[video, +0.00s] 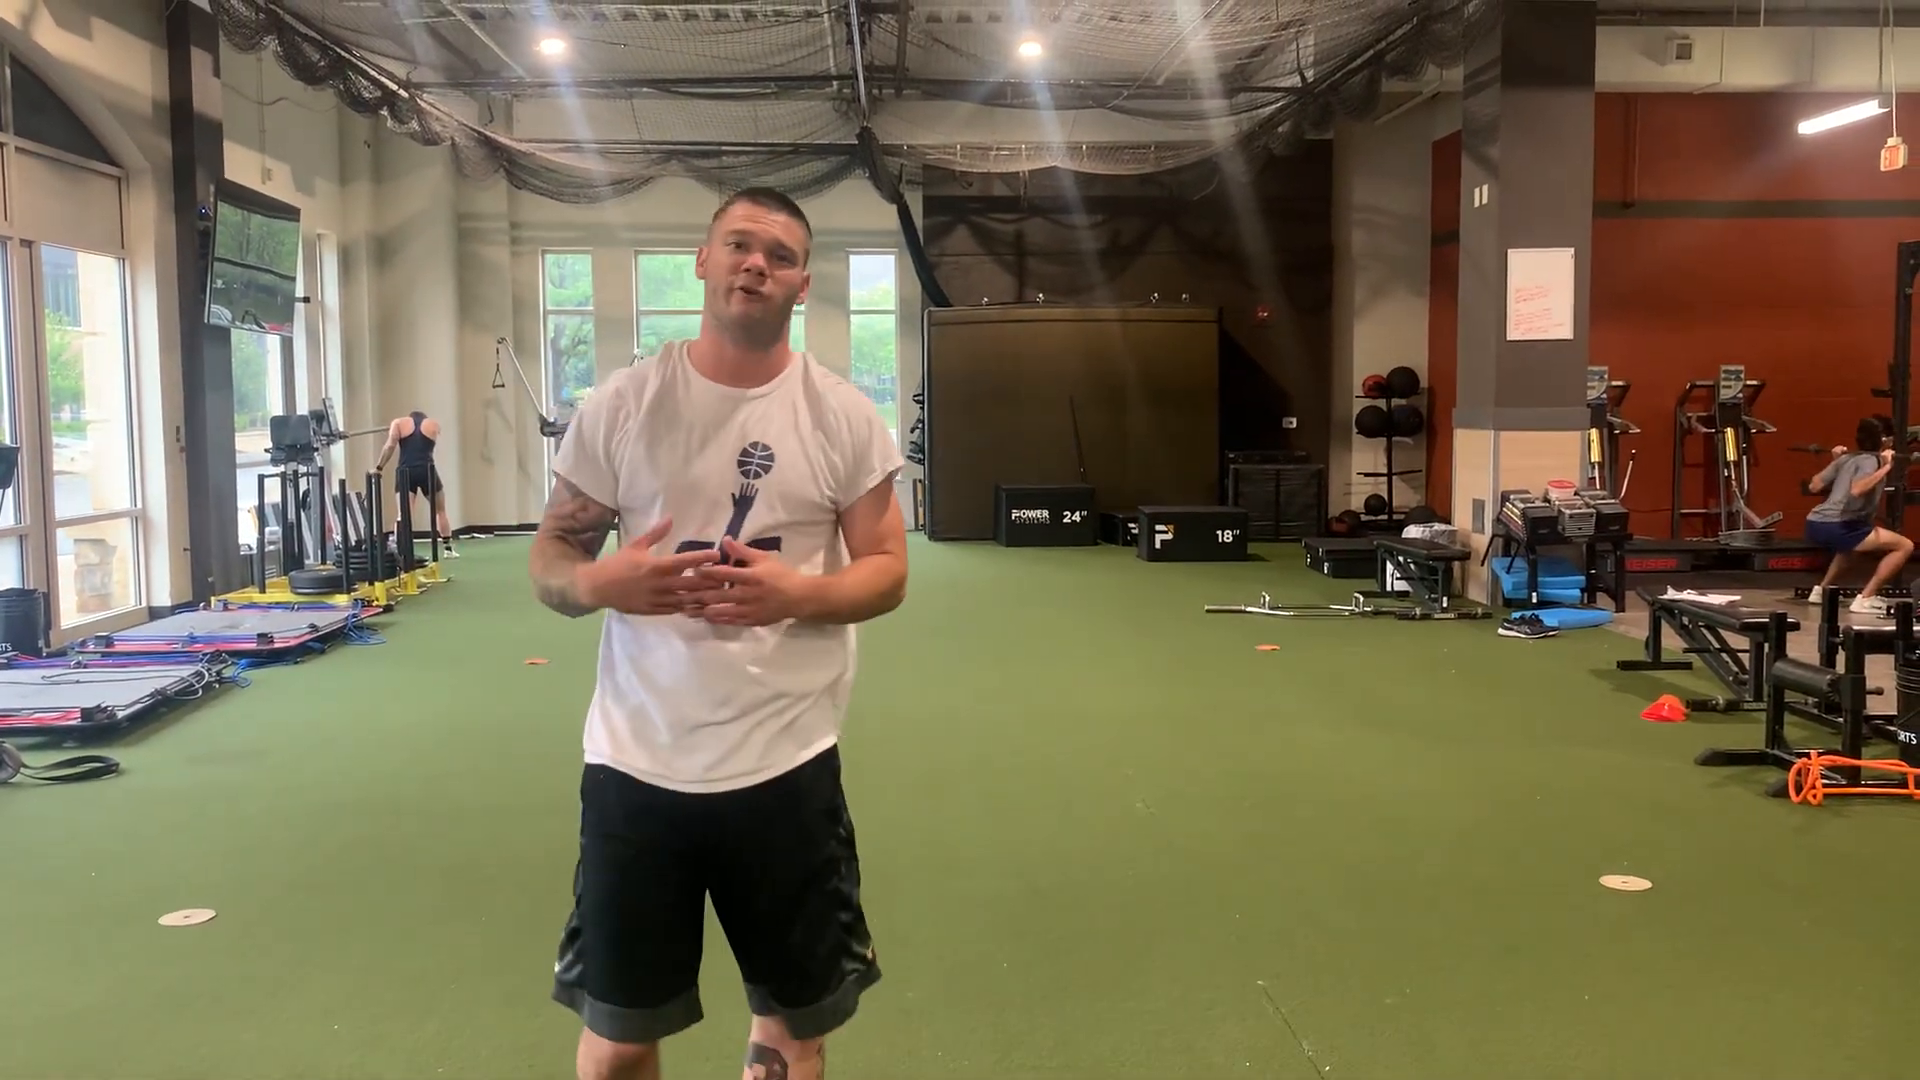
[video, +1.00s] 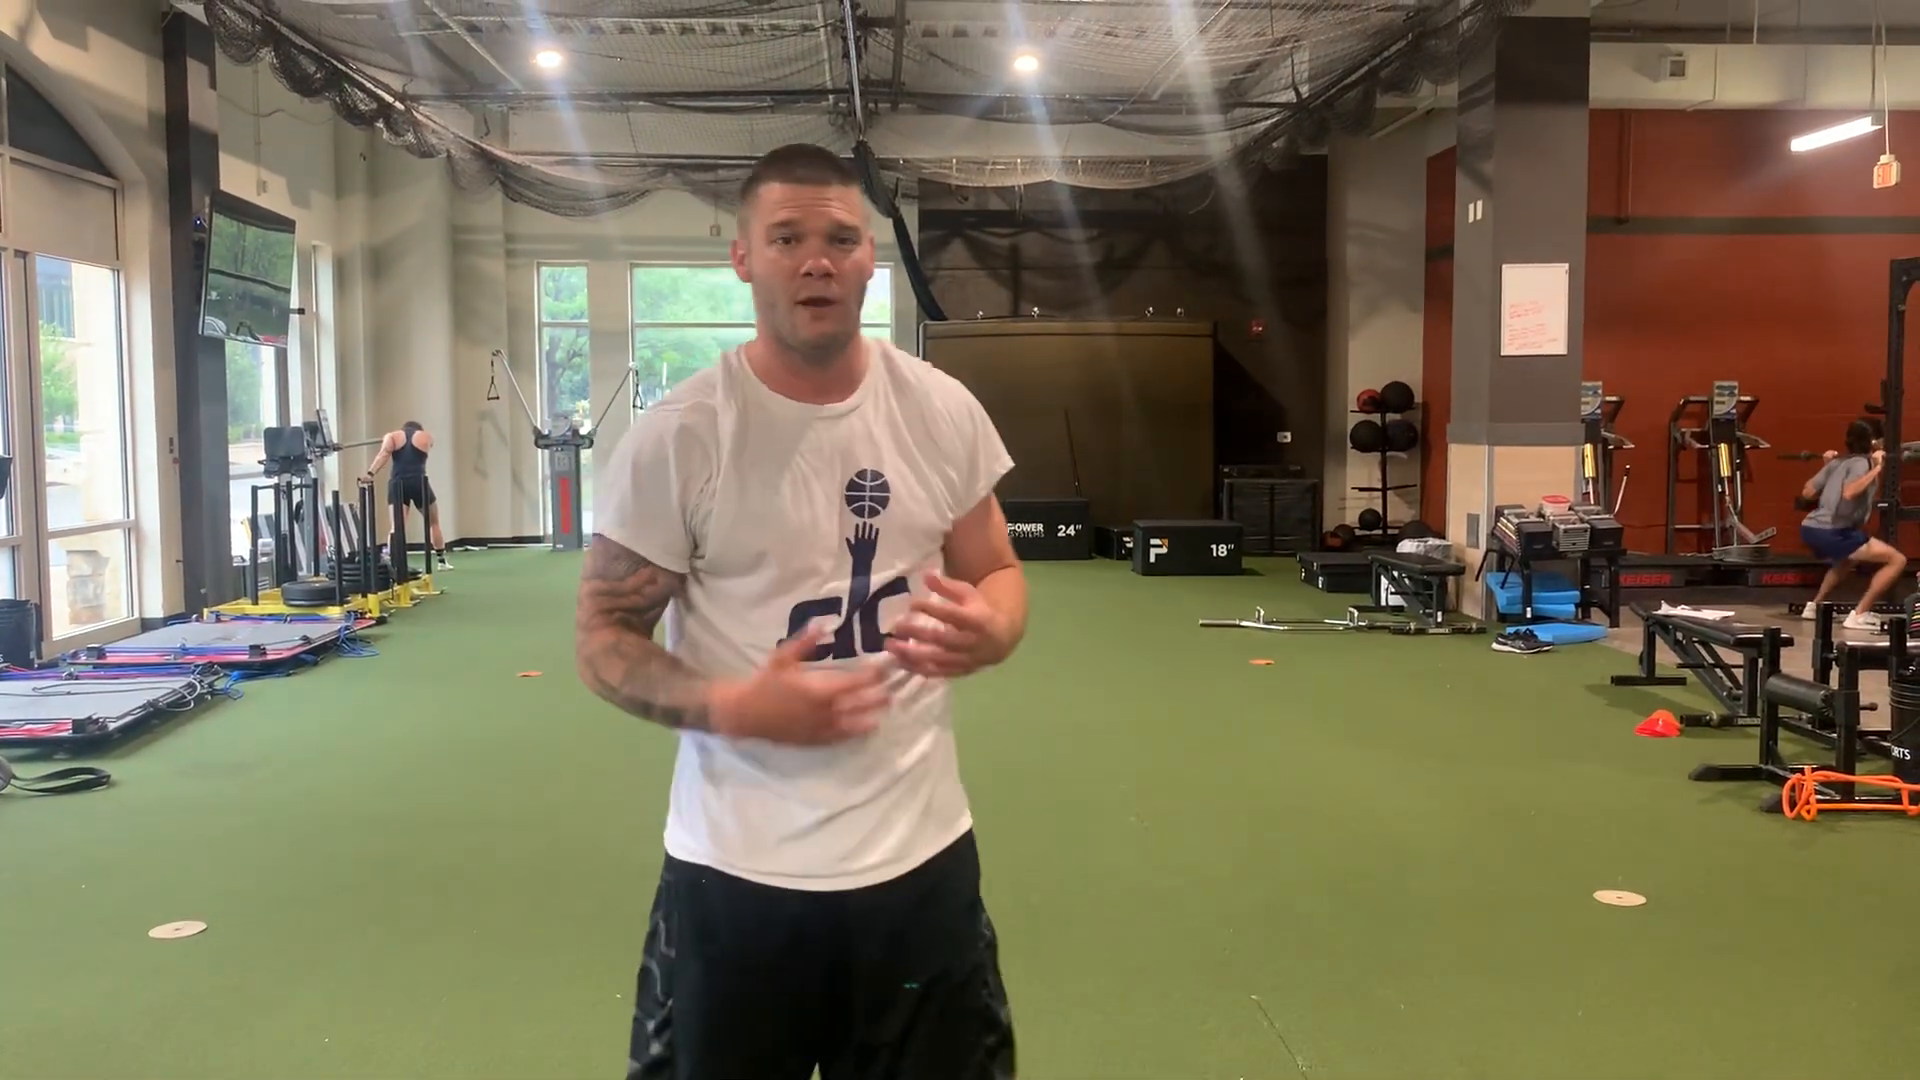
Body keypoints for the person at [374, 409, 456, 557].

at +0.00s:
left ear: (410, 416)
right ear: (424, 417)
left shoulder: (398, 423)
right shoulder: (433, 425)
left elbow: (390, 446)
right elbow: (430, 446)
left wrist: (379, 467)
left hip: (405, 472)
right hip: (426, 471)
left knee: (403, 514)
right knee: (440, 510)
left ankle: (397, 547)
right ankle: (448, 548)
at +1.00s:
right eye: (421, 430)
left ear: (403, 428)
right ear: (419, 429)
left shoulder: (392, 436)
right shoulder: (426, 436)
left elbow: (384, 455)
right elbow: (429, 445)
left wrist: (370, 473)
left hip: (397, 484)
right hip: (418, 483)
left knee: (396, 525)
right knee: (433, 522)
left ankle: (390, 559)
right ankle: (442, 560)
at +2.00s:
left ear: (403, 429)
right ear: (419, 431)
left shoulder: (393, 436)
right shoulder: (427, 440)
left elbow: (383, 459)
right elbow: (424, 456)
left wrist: (383, 449)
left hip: (398, 485)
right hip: (419, 484)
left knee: (395, 528)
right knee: (432, 524)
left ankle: (389, 563)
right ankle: (441, 563)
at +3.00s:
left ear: (405, 431)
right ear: (422, 431)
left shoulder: (396, 446)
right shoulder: (431, 447)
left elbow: (388, 469)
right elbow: (425, 467)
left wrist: (375, 488)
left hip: (401, 492)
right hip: (422, 491)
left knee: (399, 535)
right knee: (436, 531)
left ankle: (395, 570)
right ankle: (444, 569)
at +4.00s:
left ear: (404, 430)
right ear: (420, 430)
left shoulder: (395, 446)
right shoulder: (429, 448)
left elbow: (389, 469)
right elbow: (428, 463)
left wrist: (379, 482)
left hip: (401, 493)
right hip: (422, 493)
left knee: (399, 536)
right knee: (436, 532)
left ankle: (394, 570)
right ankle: (445, 570)